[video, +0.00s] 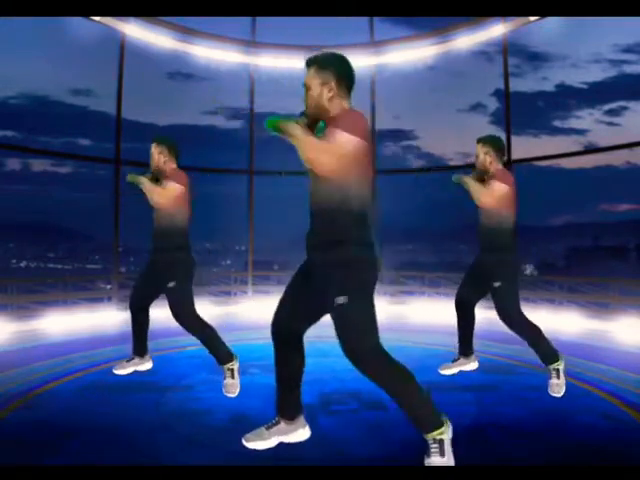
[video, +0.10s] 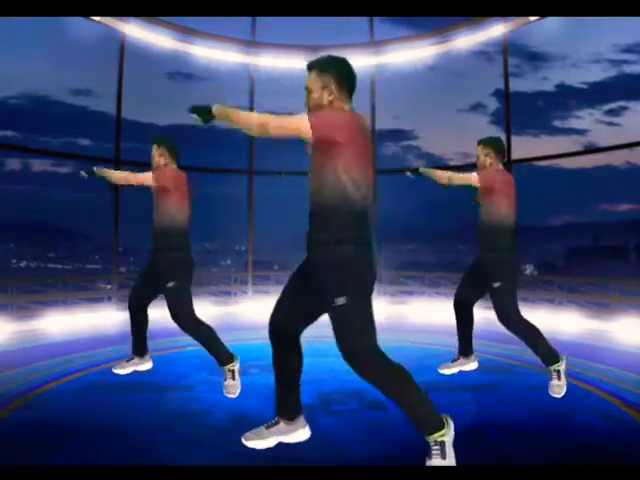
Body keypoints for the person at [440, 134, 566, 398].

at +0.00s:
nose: (479, 160)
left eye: (483, 155)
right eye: (478, 155)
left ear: (496, 157)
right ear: (482, 158)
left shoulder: (502, 183)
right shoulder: (489, 180)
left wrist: (468, 181)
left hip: (503, 259)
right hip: (486, 257)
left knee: (510, 315)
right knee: (464, 301)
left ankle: (554, 362)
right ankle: (466, 356)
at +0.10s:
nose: (479, 161)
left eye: (482, 156)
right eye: (478, 157)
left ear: (494, 157)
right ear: (492, 158)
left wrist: (423, 171)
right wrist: (427, 171)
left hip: (500, 260)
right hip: (489, 258)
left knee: (509, 317)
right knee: (462, 301)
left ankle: (555, 362)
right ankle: (465, 357)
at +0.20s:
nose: (475, 161)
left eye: (477, 156)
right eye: (475, 156)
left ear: (489, 156)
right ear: (490, 156)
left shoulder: (498, 176)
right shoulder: (495, 178)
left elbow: (465, 187)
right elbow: (482, 202)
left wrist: (445, 177)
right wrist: (461, 185)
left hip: (501, 258)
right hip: (489, 257)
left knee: (513, 315)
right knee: (463, 302)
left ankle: (553, 364)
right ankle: (466, 357)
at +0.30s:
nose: (473, 161)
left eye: (476, 156)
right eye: (473, 157)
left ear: (490, 155)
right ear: (484, 157)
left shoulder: (509, 178)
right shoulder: (483, 182)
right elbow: (475, 208)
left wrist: (479, 185)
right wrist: (473, 189)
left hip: (508, 259)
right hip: (487, 258)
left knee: (521, 314)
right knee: (466, 303)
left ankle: (551, 367)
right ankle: (466, 357)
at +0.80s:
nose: (492, 157)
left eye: (497, 152)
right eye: (488, 153)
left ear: (509, 154)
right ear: (486, 158)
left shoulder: (526, 178)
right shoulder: (491, 189)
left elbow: (537, 211)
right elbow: (477, 216)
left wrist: (507, 183)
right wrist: (468, 198)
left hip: (522, 261)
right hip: (494, 260)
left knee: (533, 318)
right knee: (460, 292)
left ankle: (553, 371)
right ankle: (456, 346)